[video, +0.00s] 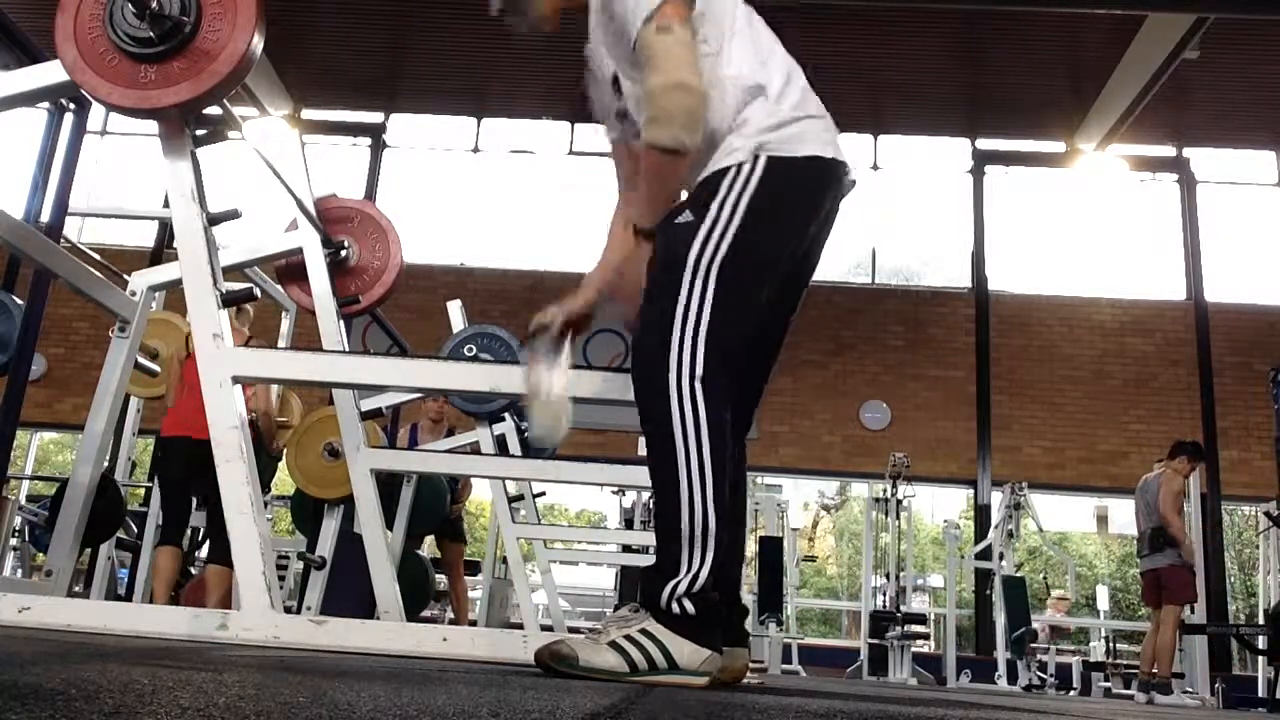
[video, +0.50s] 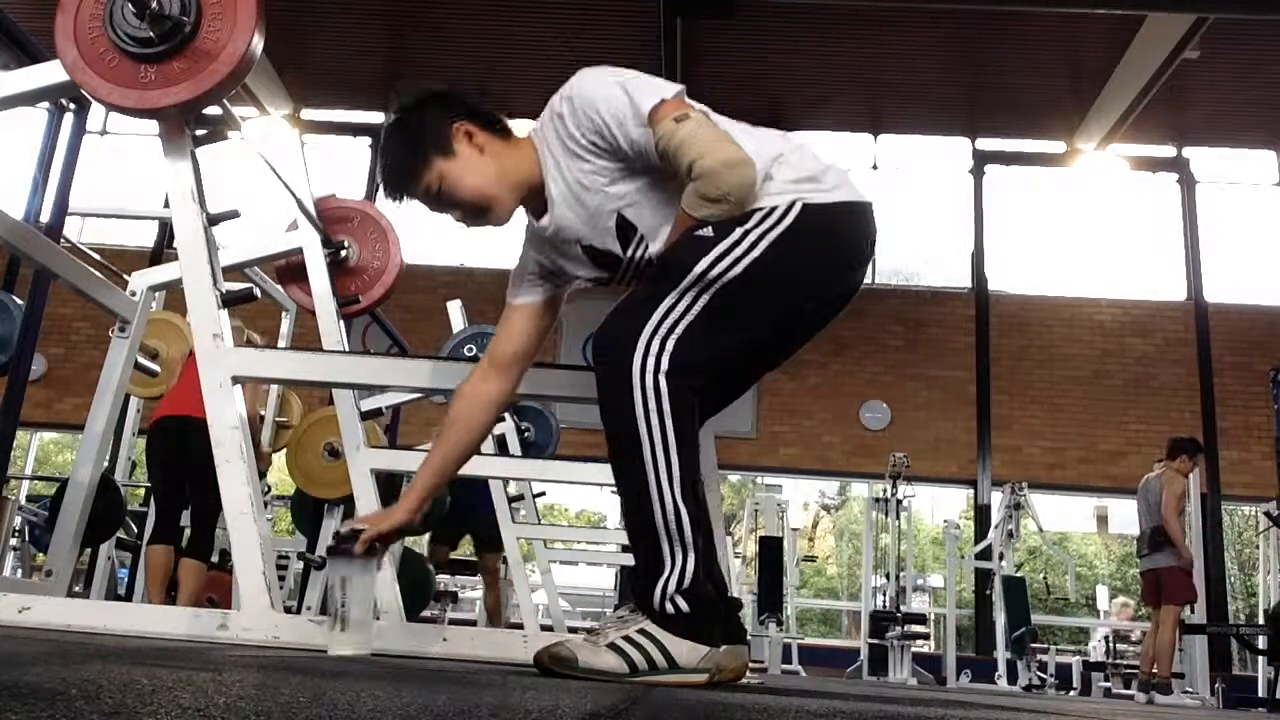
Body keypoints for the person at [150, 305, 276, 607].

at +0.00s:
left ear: (216, 314)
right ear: (248, 324)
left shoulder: (186, 342)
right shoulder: (253, 350)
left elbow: (172, 400)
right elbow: (263, 408)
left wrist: (178, 429)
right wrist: (271, 444)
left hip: (173, 444)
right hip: (222, 446)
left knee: (171, 527)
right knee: (221, 532)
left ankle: (159, 612)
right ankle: (215, 620)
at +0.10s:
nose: (246, 340)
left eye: (246, 336)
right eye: (247, 336)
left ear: (218, 326)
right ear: (242, 333)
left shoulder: (188, 352)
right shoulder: (246, 355)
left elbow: (170, 396)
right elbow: (258, 412)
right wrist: (269, 447)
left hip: (166, 439)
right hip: (210, 442)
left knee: (169, 525)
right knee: (219, 529)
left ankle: (158, 612)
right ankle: (216, 620)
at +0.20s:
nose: (247, 343)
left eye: (247, 338)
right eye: (248, 338)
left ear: (221, 328)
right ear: (243, 336)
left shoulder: (188, 351)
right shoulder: (246, 358)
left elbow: (170, 390)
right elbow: (255, 414)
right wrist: (269, 450)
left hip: (161, 433)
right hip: (207, 436)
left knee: (167, 520)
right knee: (214, 523)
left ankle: (158, 608)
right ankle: (202, 611)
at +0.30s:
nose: (250, 345)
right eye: (251, 341)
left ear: (219, 331)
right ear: (247, 338)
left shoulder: (189, 350)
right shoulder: (247, 358)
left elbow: (170, 388)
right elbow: (253, 413)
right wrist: (265, 448)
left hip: (162, 431)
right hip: (211, 435)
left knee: (166, 520)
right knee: (206, 524)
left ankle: (157, 611)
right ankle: (188, 615)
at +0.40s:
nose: (255, 348)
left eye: (256, 344)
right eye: (254, 344)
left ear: (217, 333)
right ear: (246, 339)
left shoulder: (190, 353)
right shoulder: (246, 360)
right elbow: (251, 412)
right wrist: (262, 450)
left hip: (163, 429)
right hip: (208, 432)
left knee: (166, 516)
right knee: (203, 525)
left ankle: (155, 609)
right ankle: (183, 615)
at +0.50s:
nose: (264, 353)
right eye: (264, 348)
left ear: (217, 335)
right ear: (250, 343)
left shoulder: (194, 353)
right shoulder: (249, 361)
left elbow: (171, 388)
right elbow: (250, 412)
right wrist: (259, 452)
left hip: (163, 427)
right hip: (208, 431)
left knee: (166, 517)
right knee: (203, 526)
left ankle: (155, 609)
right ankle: (183, 616)